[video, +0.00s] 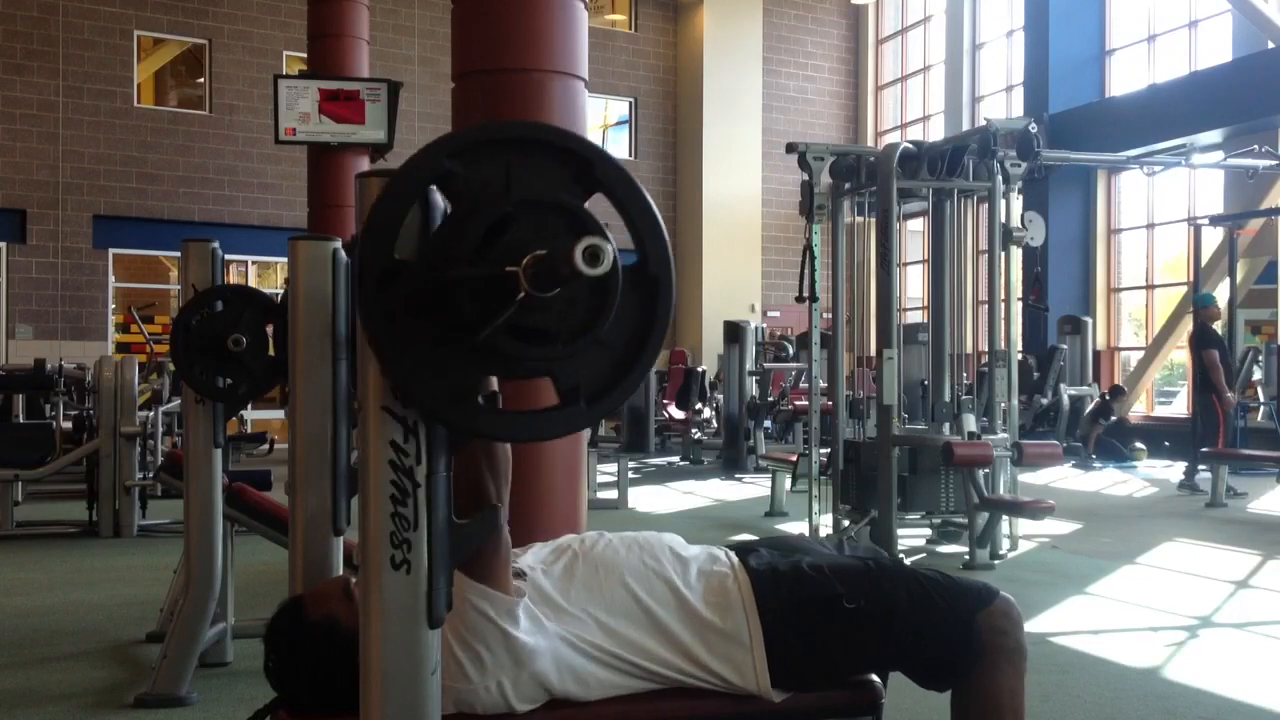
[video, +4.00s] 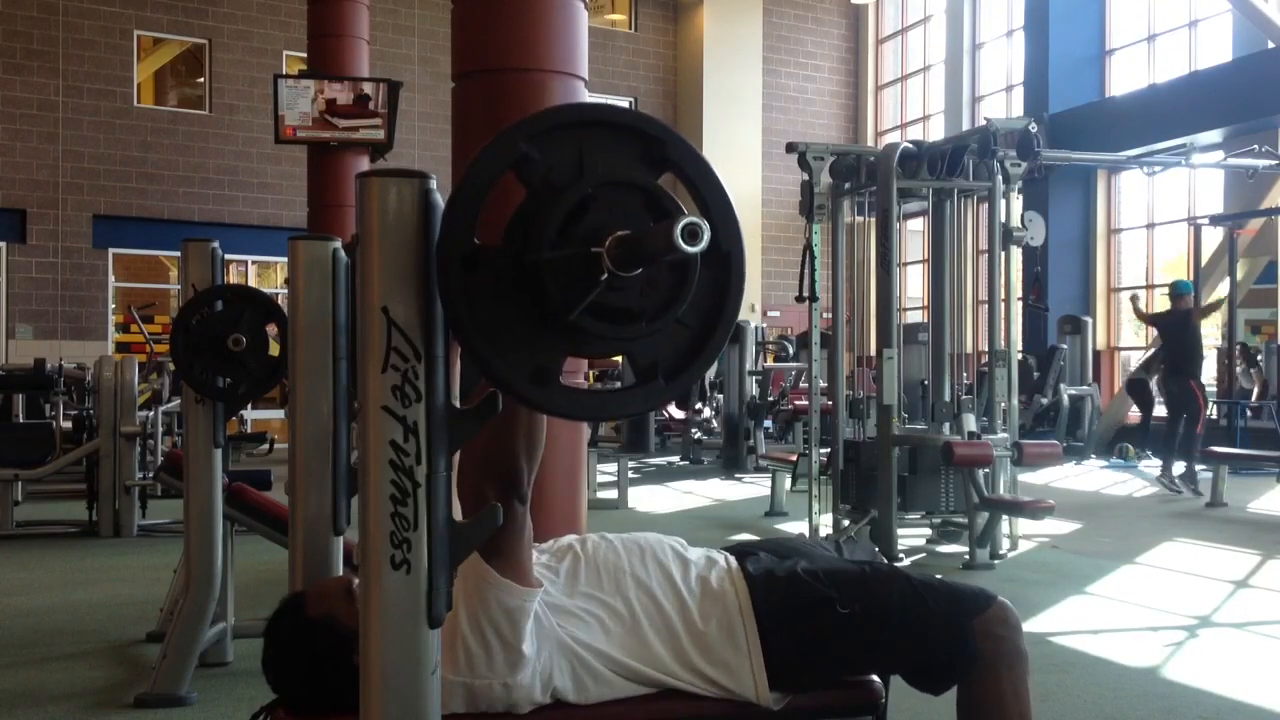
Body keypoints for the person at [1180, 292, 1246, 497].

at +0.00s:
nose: (1219, 309)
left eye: (1217, 306)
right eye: (1215, 306)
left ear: (1204, 311)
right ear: (1203, 310)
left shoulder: (1201, 331)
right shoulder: (1205, 332)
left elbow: (1211, 365)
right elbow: (1213, 365)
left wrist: (1226, 390)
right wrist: (1225, 393)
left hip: (1204, 392)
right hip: (1212, 393)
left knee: (1203, 435)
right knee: (1219, 437)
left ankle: (1189, 478)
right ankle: (1221, 483)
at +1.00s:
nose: (1199, 310)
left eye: (1198, 307)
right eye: (1195, 307)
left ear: (1187, 311)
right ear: (1183, 310)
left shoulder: (1186, 332)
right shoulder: (1175, 331)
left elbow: (1194, 368)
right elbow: (1176, 365)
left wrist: (1208, 392)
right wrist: (1185, 392)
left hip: (1187, 387)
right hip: (1177, 387)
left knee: (1185, 433)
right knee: (1184, 433)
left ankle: (1173, 476)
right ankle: (1179, 478)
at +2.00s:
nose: (1173, 312)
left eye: (1173, 308)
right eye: (1169, 308)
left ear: (1168, 310)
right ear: (1158, 310)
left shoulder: (1164, 331)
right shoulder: (1156, 332)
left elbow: (1167, 366)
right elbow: (1160, 367)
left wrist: (1180, 391)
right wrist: (1170, 396)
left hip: (1163, 387)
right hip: (1155, 388)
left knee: (1167, 432)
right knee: (1161, 432)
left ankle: (1162, 479)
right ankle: (1157, 482)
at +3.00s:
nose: (1174, 309)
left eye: (1172, 305)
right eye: (1170, 306)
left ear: (1155, 310)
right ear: (1163, 309)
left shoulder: (1149, 332)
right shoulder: (1166, 331)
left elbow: (1150, 364)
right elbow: (1174, 363)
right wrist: (1185, 392)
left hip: (1152, 388)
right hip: (1164, 389)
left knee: (1162, 432)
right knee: (1167, 431)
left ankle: (1162, 479)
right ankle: (1159, 482)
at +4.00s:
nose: (1192, 300)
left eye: (1191, 296)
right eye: (1190, 296)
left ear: (1171, 298)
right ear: (1185, 297)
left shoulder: (1161, 318)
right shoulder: (1191, 314)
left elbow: (1142, 316)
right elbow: (1208, 310)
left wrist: (1135, 304)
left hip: (1168, 377)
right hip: (1187, 377)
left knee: (1174, 420)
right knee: (1197, 417)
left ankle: (1166, 471)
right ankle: (1190, 471)